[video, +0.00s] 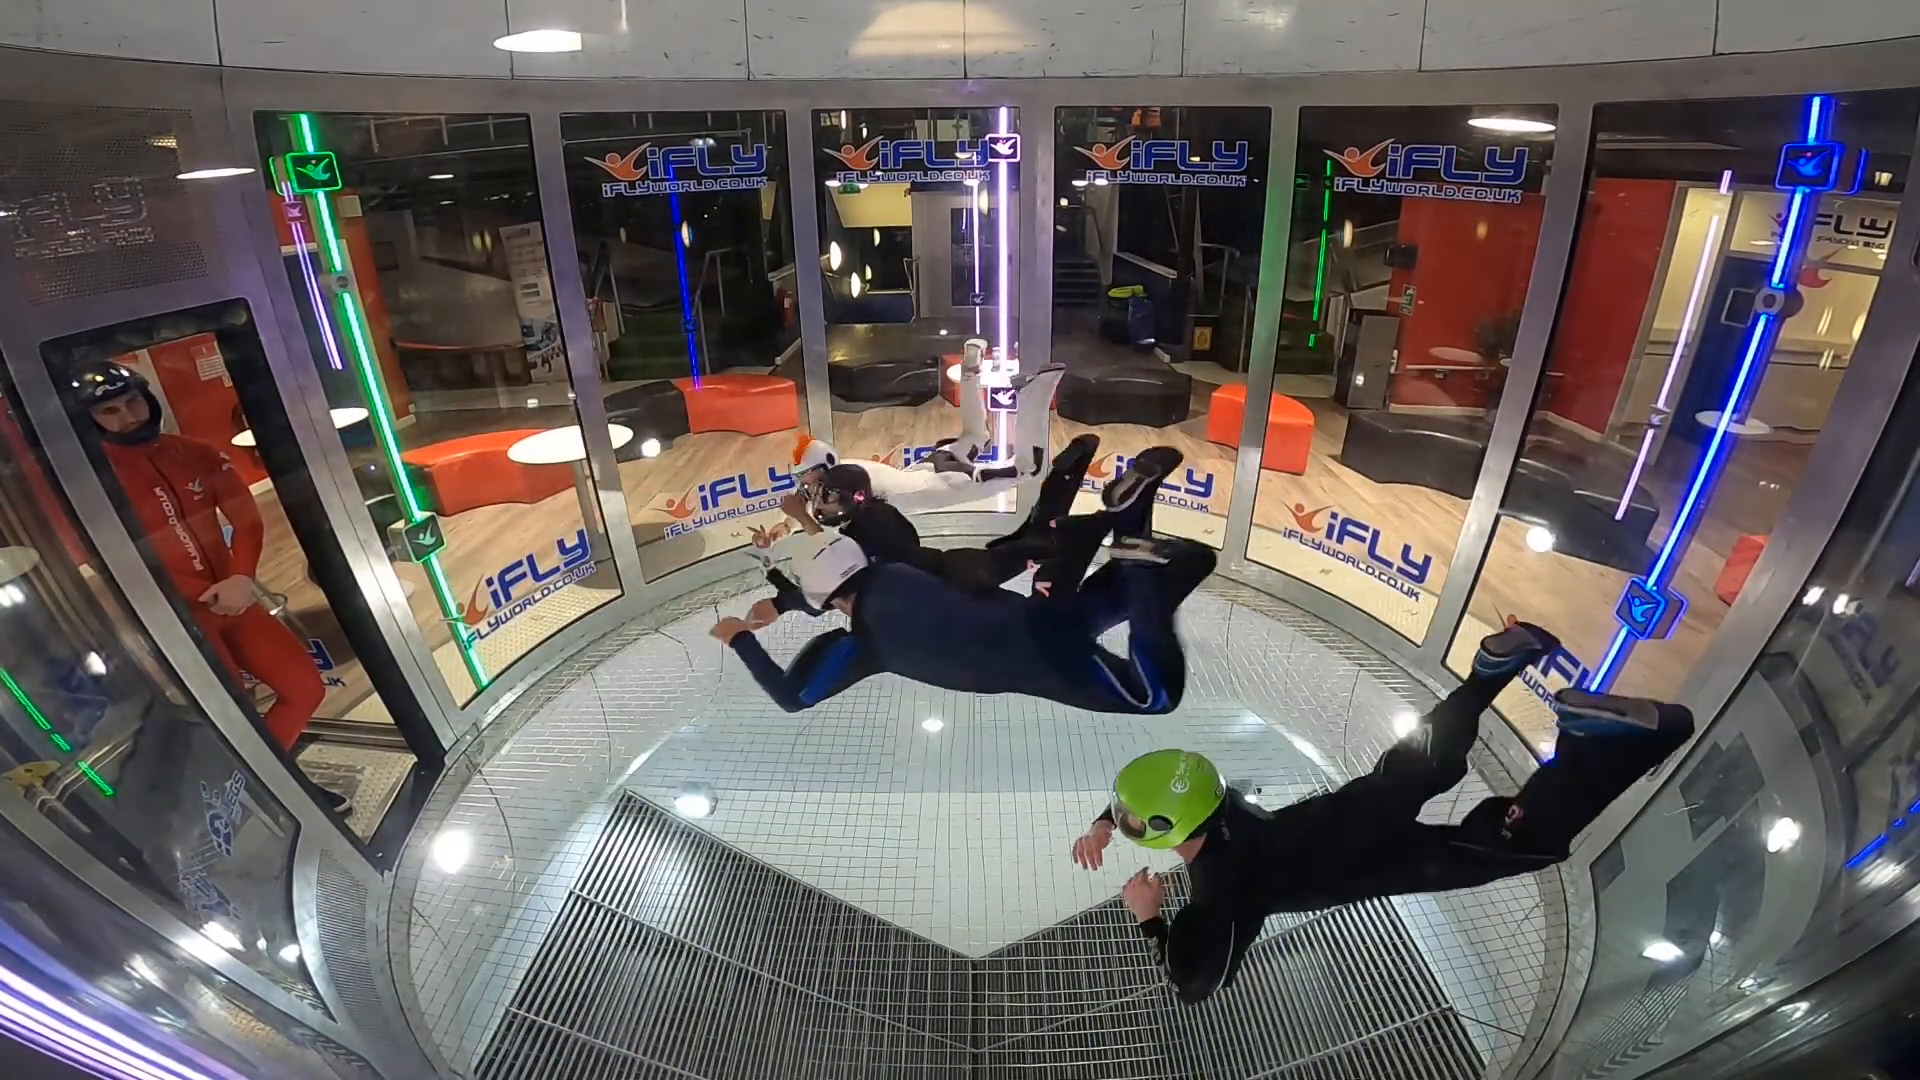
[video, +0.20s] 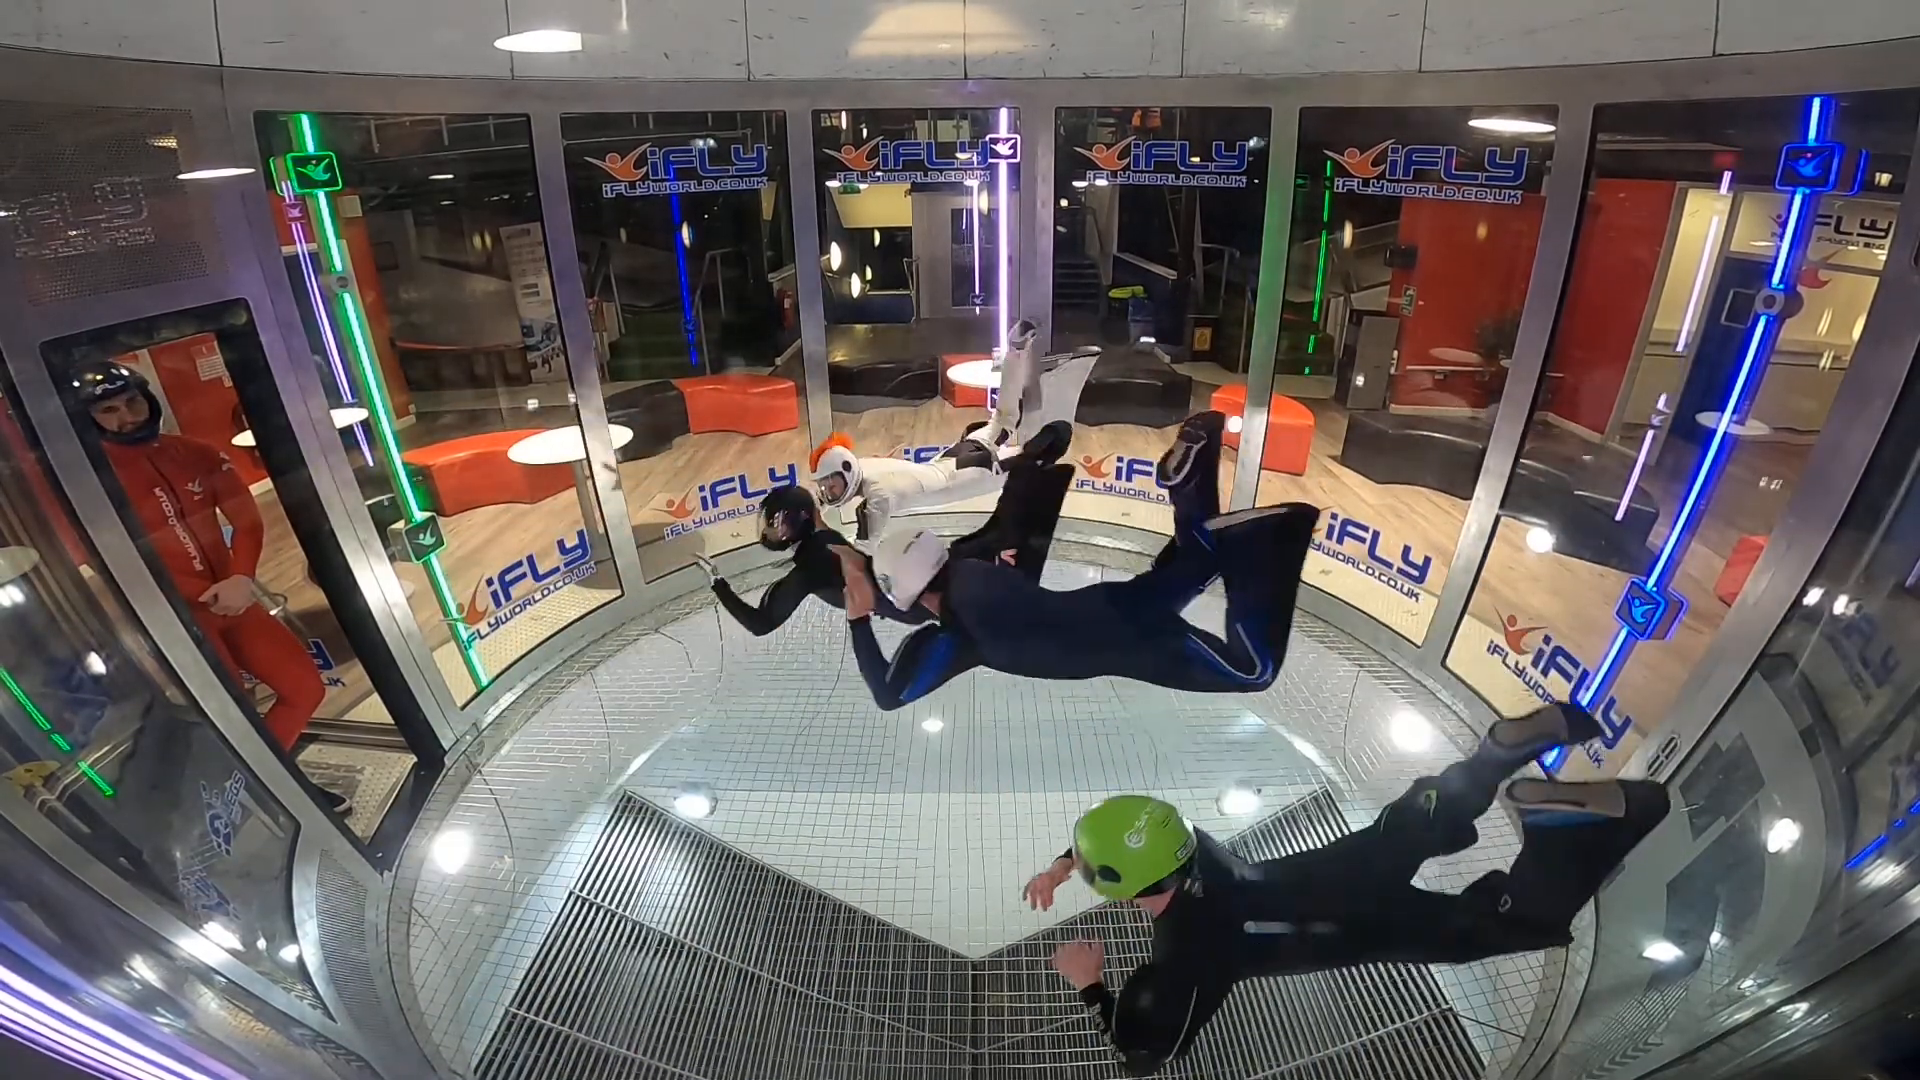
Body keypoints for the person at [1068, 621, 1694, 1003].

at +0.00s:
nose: (1135, 833)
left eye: (1146, 828)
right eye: (1138, 817)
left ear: (1174, 831)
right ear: (1192, 797)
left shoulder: (1225, 883)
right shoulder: (1206, 803)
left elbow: (1196, 975)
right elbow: (1151, 795)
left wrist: (1157, 919)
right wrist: (1107, 822)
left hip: (1391, 858)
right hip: (1357, 810)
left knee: (1521, 840)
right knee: (1429, 759)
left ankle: (1614, 743)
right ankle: (1497, 665)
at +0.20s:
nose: (1103, 892)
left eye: (1109, 883)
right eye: (1103, 877)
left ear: (1144, 888)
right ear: (1159, 837)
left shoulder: (1187, 949)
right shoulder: (1180, 846)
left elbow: (1146, 1045)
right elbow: (1124, 830)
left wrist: (1095, 987)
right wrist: (1070, 863)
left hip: (1360, 931)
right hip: (1335, 866)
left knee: (1507, 923)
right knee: (1421, 822)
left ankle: (1578, 825)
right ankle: (1515, 741)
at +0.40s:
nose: (1046, 945)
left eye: (1047, 940)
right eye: (1037, 929)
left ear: (1081, 947)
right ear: (1099, 880)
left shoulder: (1133, 1008)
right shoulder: (1128, 875)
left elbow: (1062, 1069)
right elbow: (1064, 875)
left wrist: (979, 1063)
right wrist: (996, 897)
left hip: (1330, 997)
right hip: (1302, 922)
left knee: (1459, 1006)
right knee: (1386, 902)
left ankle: (1569, 937)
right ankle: (1463, 856)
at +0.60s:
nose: (995, 988)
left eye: (997, 978)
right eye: (990, 976)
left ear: (1023, 981)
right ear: (1053, 911)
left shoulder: (1077, 1051)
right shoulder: (1091, 916)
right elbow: (1026, 895)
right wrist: (940, 913)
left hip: (1272, 1055)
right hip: (1257, 986)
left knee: (1413, 1045)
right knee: (1360, 965)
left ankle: (1540, 1001)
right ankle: (1470, 929)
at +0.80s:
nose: (974, 1000)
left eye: (979, 990)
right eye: (968, 986)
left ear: (1004, 990)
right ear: (1028, 938)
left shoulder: (1058, 1061)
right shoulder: (1059, 938)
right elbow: (994, 909)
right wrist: (912, 933)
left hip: (1264, 1064)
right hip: (1238, 1011)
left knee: (1394, 1065)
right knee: (1324, 1007)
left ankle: (1526, 1030)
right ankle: (1414, 949)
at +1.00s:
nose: (995, 1013)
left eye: (998, 998)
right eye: (987, 998)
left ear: (1017, 990)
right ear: (1039, 933)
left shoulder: (1051, 1067)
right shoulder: (1066, 932)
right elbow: (1008, 908)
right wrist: (926, 927)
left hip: (1233, 1069)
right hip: (1220, 1012)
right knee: (1325, 1006)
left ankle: (1472, 1041)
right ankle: (1432, 973)